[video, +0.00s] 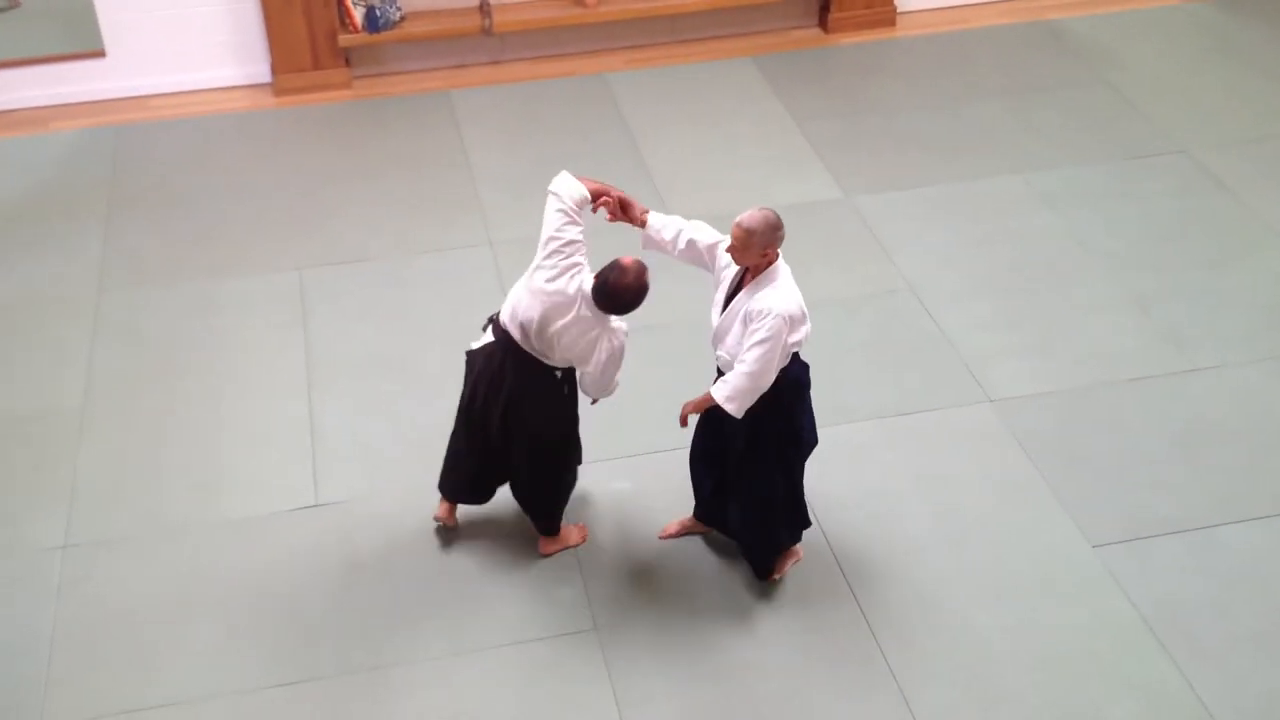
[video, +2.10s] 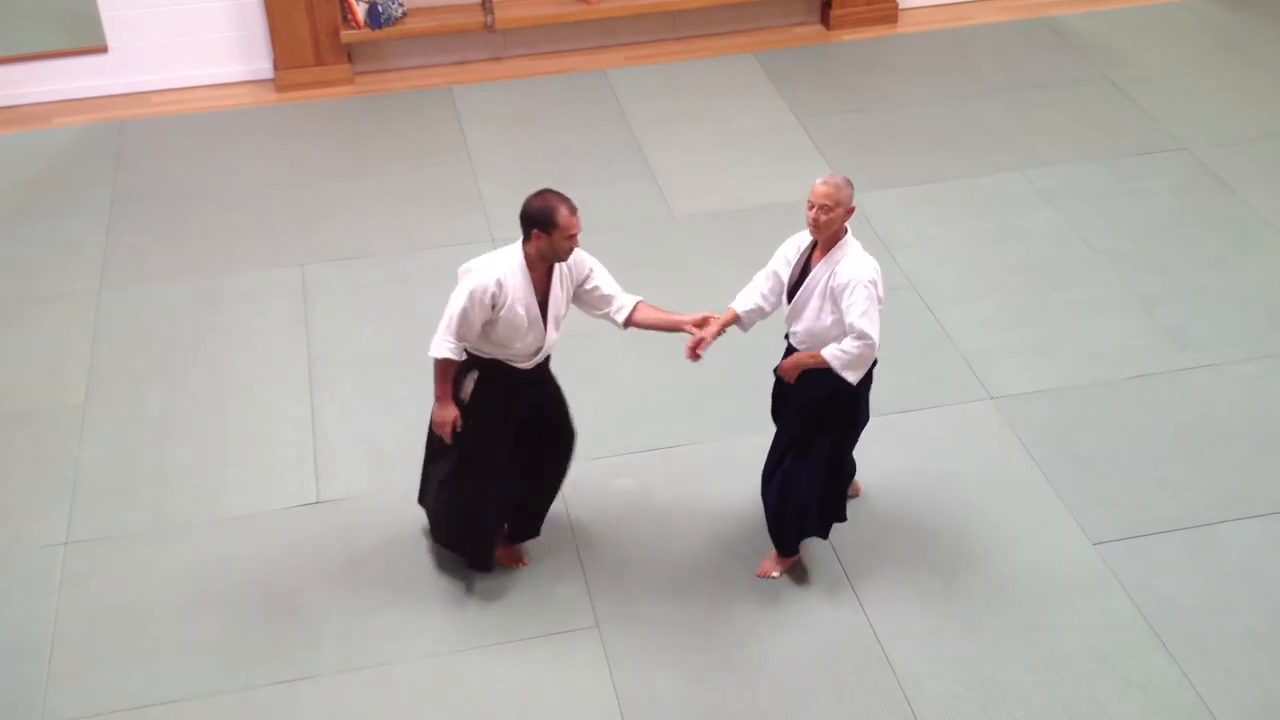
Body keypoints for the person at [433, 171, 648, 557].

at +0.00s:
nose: (631, 258)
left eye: (625, 262)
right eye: (640, 266)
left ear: (602, 272)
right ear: (628, 307)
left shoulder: (564, 259)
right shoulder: (609, 339)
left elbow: (565, 189)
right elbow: (597, 388)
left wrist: (605, 191)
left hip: (496, 352)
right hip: (545, 380)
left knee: (472, 428)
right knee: (550, 455)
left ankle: (447, 505)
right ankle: (550, 534)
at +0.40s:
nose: (619, 269)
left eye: (613, 275)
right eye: (629, 277)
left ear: (590, 285)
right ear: (618, 322)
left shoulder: (551, 266)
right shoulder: (599, 345)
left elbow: (555, 207)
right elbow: (591, 379)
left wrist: (614, 213)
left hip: (488, 354)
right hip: (540, 379)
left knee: (462, 429)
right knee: (543, 455)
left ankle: (443, 505)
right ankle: (550, 535)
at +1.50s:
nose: (602, 232)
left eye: (601, 237)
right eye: (608, 242)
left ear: (583, 240)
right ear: (599, 281)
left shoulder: (559, 233)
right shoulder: (561, 329)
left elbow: (590, 226)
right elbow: (566, 385)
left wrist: (623, 256)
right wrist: (581, 393)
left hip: (477, 340)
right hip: (510, 379)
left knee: (477, 420)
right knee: (552, 453)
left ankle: (422, 473)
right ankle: (556, 534)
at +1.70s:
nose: (577, 253)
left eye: (577, 247)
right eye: (571, 249)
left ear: (541, 252)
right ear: (544, 257)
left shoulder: (533, 254)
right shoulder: (512, 309)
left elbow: (592, 284)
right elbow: (511, 379)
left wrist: (649, 304)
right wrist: (546, 419)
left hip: (467, 363)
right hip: (486, 385)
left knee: (466, 443)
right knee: (545, 455)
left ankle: (443, 498)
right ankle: (560, 534)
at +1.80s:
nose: (567, 247)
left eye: (567, 239)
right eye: (561, 241)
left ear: (534, 245)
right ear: (531, 247)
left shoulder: (551, 261)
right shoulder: (489, 294)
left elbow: (600, 299)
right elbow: (481, 371)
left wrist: (659, 318)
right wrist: (516, 418)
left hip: (503, 369)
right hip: (472, 380)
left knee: (466, 449)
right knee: (530, 455)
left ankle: (442, 500)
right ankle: (551, 535)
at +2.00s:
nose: (568, 241)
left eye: (569, 232)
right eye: (561, 234)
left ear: (534, 236)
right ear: (529, 236)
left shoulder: (567, 265)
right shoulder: (480, 279)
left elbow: (615, 308)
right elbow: (447, 348)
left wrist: (677, 322)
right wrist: (457, 408)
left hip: (520, 379)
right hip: (476, 379)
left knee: (520, 459)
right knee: (477, 461)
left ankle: (524, 533)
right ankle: (474, 534)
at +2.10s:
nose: (576, 241)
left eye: (577, 233)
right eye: (569, 235)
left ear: (546, 235)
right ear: (537, 236)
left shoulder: (574, 265)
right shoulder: (487, 279)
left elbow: (623, 308)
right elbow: (448, 341)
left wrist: (684, 321)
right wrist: (443, 401)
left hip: (536, 375)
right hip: (487, 380)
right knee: (483, 460)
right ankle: (474, 534)